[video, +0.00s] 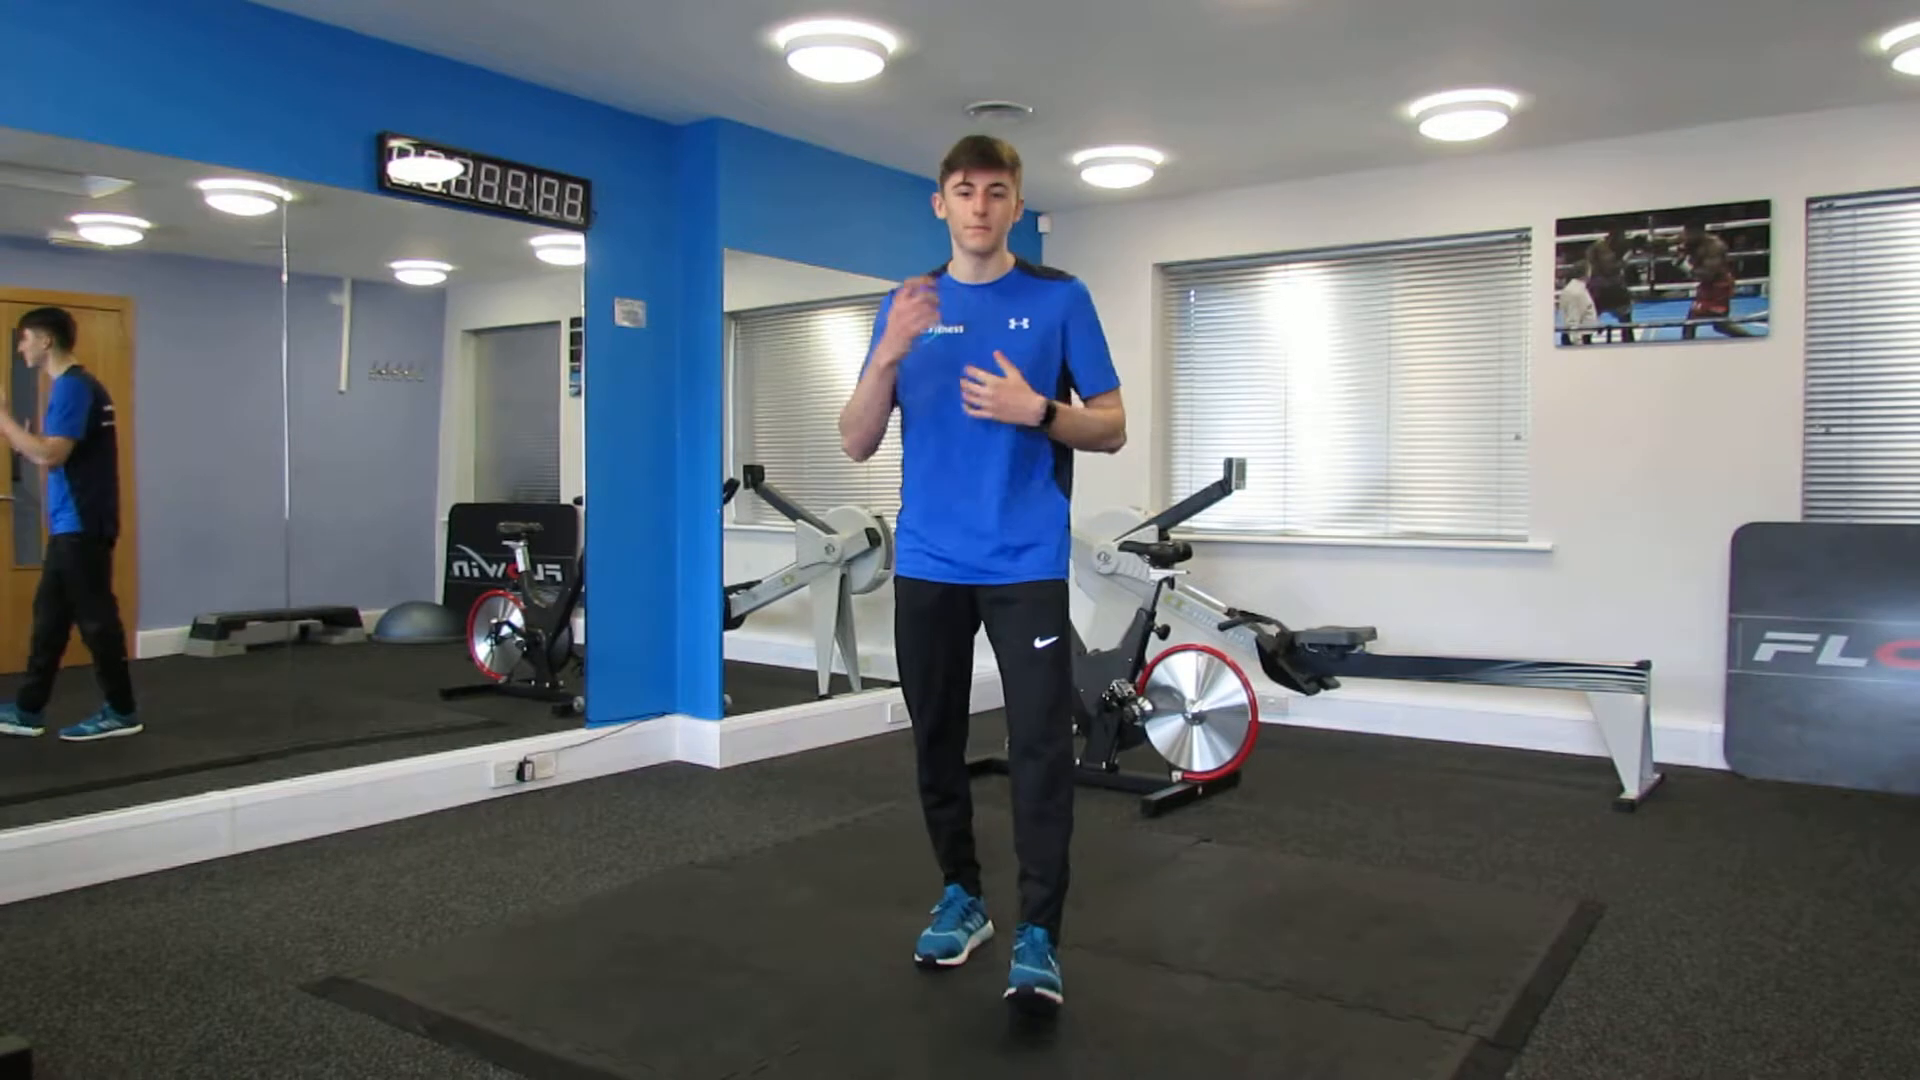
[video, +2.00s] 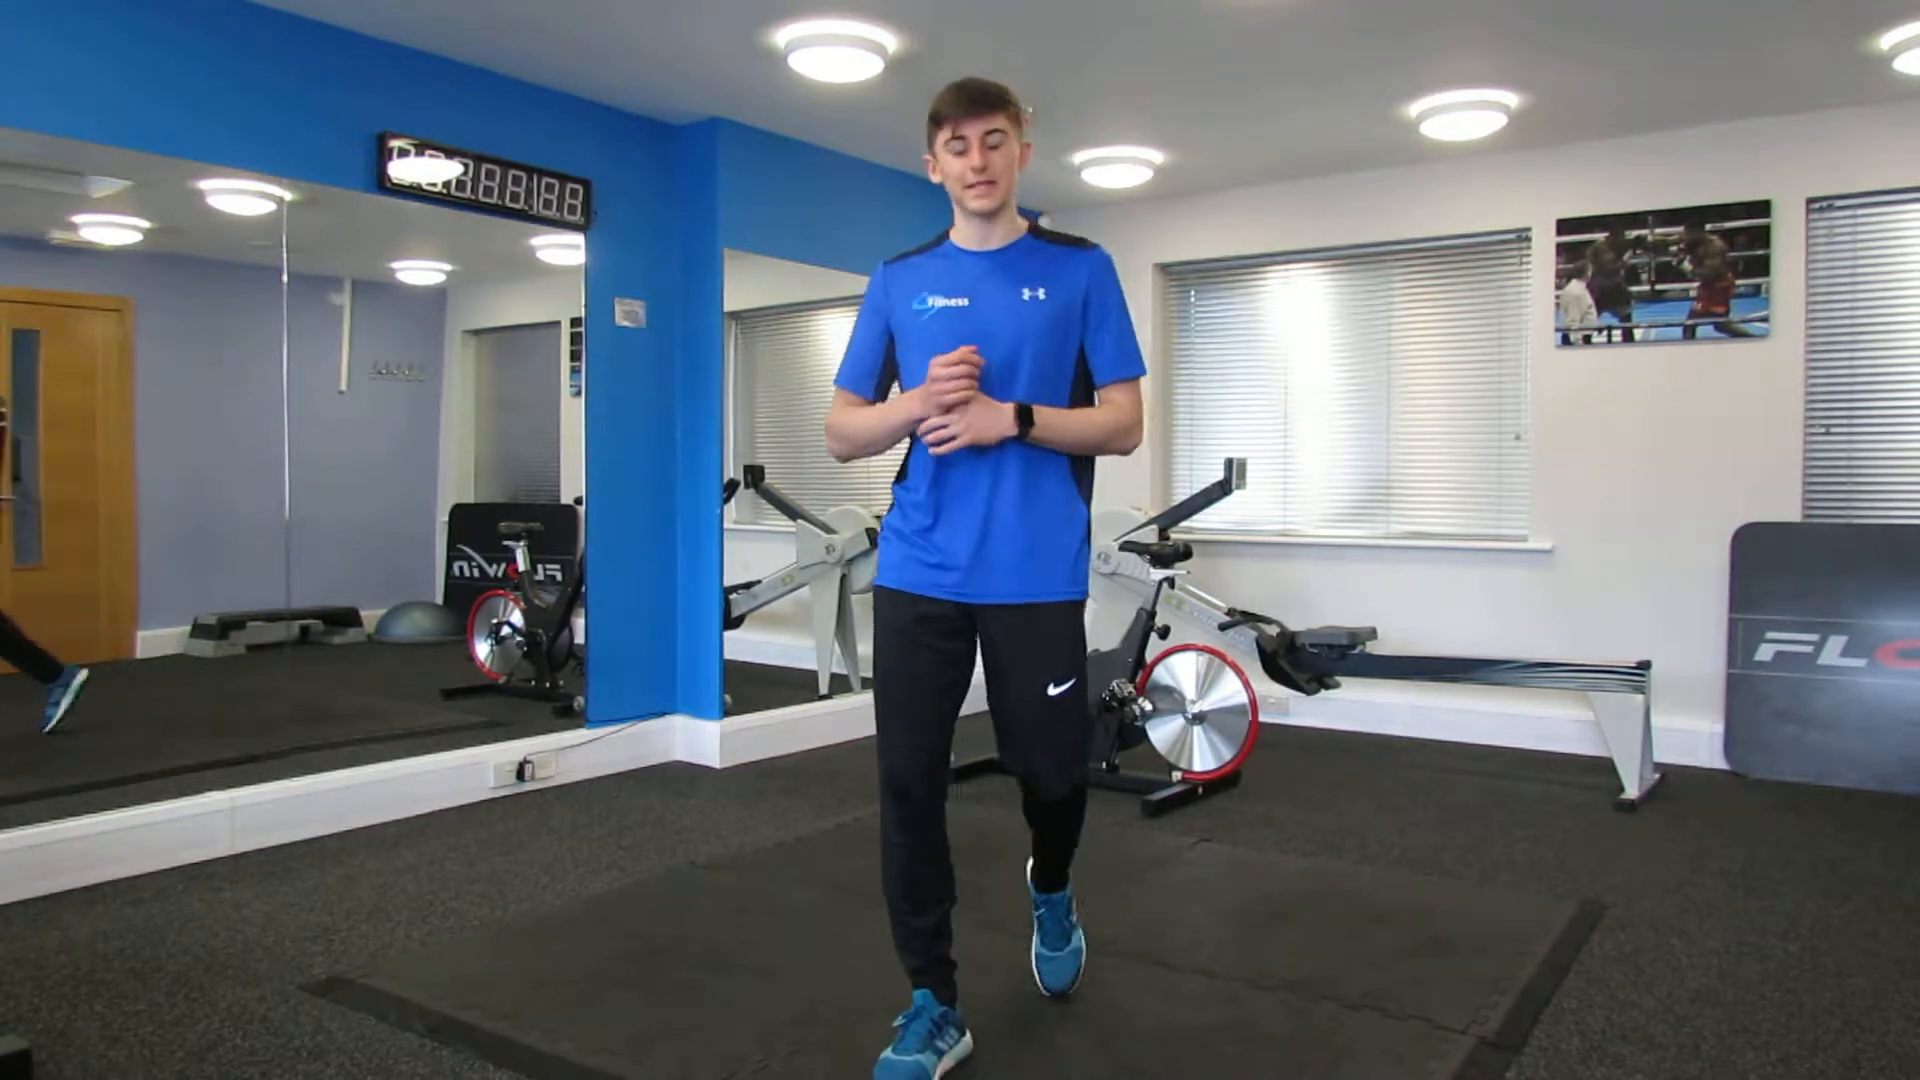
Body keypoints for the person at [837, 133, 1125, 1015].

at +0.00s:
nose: (980, 204)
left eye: (996, 192)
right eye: (965, 191)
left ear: (1017, 207)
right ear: (941, 205)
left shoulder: (1060, 300)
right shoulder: (905, 304)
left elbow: (1111, 428)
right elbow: (857, 442)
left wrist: (1040, 412)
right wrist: (890, 350)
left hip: (1027, 558)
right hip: (928, 556)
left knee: (1039, 745)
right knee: (936, 738)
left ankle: (1037, 932)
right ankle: (962, 892)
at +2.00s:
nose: (977, 156)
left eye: (994, 139)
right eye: (958, 143)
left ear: (1024, 155)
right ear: (935, 164)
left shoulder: (1079, 269)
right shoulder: (897, 282)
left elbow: (1125, 422)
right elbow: (844, 433)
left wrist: (1012, 417)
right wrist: (917, 403)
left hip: (1038, 573)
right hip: (919, 570)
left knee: (1054, 775)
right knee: (908, 785)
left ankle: (1051, 893)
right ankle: (931, 1001)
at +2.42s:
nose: (973, 134)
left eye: (992, 114)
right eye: (955, 121)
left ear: (1032, 126)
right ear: (937, 141)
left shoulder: (1099, 243)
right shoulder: (914, 271)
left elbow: (1147, 413)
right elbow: (881, 441)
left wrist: (1006, 407)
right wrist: (904, 402)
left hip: (1041, 571)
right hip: (928, 570)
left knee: (1044, 799)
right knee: (915, 792)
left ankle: (1160, 991)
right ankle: (936, 1004)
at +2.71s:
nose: (1006, 136)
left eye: (1024, 108)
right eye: (994, 122)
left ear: (1085, 110)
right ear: (992, 142)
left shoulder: (1162, 233)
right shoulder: (1017, 266)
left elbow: (1224, 410)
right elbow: (1024, 432)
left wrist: (1055, 428)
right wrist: (958, 391)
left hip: (1122, 593)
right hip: (1019, 586)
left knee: (1141, 827)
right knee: (969, 800)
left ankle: (1210, 1044)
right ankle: (960, 1007)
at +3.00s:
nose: (1037, 139)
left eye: (1052, 113)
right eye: (1033, 120)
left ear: (1119, 110)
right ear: (1089, 123)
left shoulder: (1205, 228)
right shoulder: (1093, 247)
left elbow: (1255, 408)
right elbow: (1133, 400)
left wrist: (1088, 429)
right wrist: (1053, 389)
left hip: (1194, 583)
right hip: (1110, 574)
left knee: (1192, 815)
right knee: (1090, 792)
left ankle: (1219, 1039)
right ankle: (1044, 990)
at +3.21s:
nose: (1078, 147)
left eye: (1093, 122)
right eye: (1072, 129)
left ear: (1159, 116)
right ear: (1101, 134)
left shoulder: (1235, 231)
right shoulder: (1122, 251)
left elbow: (1250, 419)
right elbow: (1143, 405)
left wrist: (1093, 410)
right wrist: (1083, 373)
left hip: (1219, 580)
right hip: (1138, 570)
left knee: (1211, 812)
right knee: (1125, 759)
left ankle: (1228, 1041)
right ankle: (1186, 948)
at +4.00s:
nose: (1187, 196)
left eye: (1203, 182)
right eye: (1171, 183)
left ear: (1230, 196)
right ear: (1150, 200)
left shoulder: (1283, 280)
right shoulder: (1133, 318)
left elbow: (1342, 412)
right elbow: (1122, 460)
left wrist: (1215, 408)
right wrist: (1154, 414)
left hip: (1262, 560)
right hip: (1171, 566)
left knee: (1268, 751)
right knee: (1194, 757)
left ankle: (1308, 911)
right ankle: (1238, 935)